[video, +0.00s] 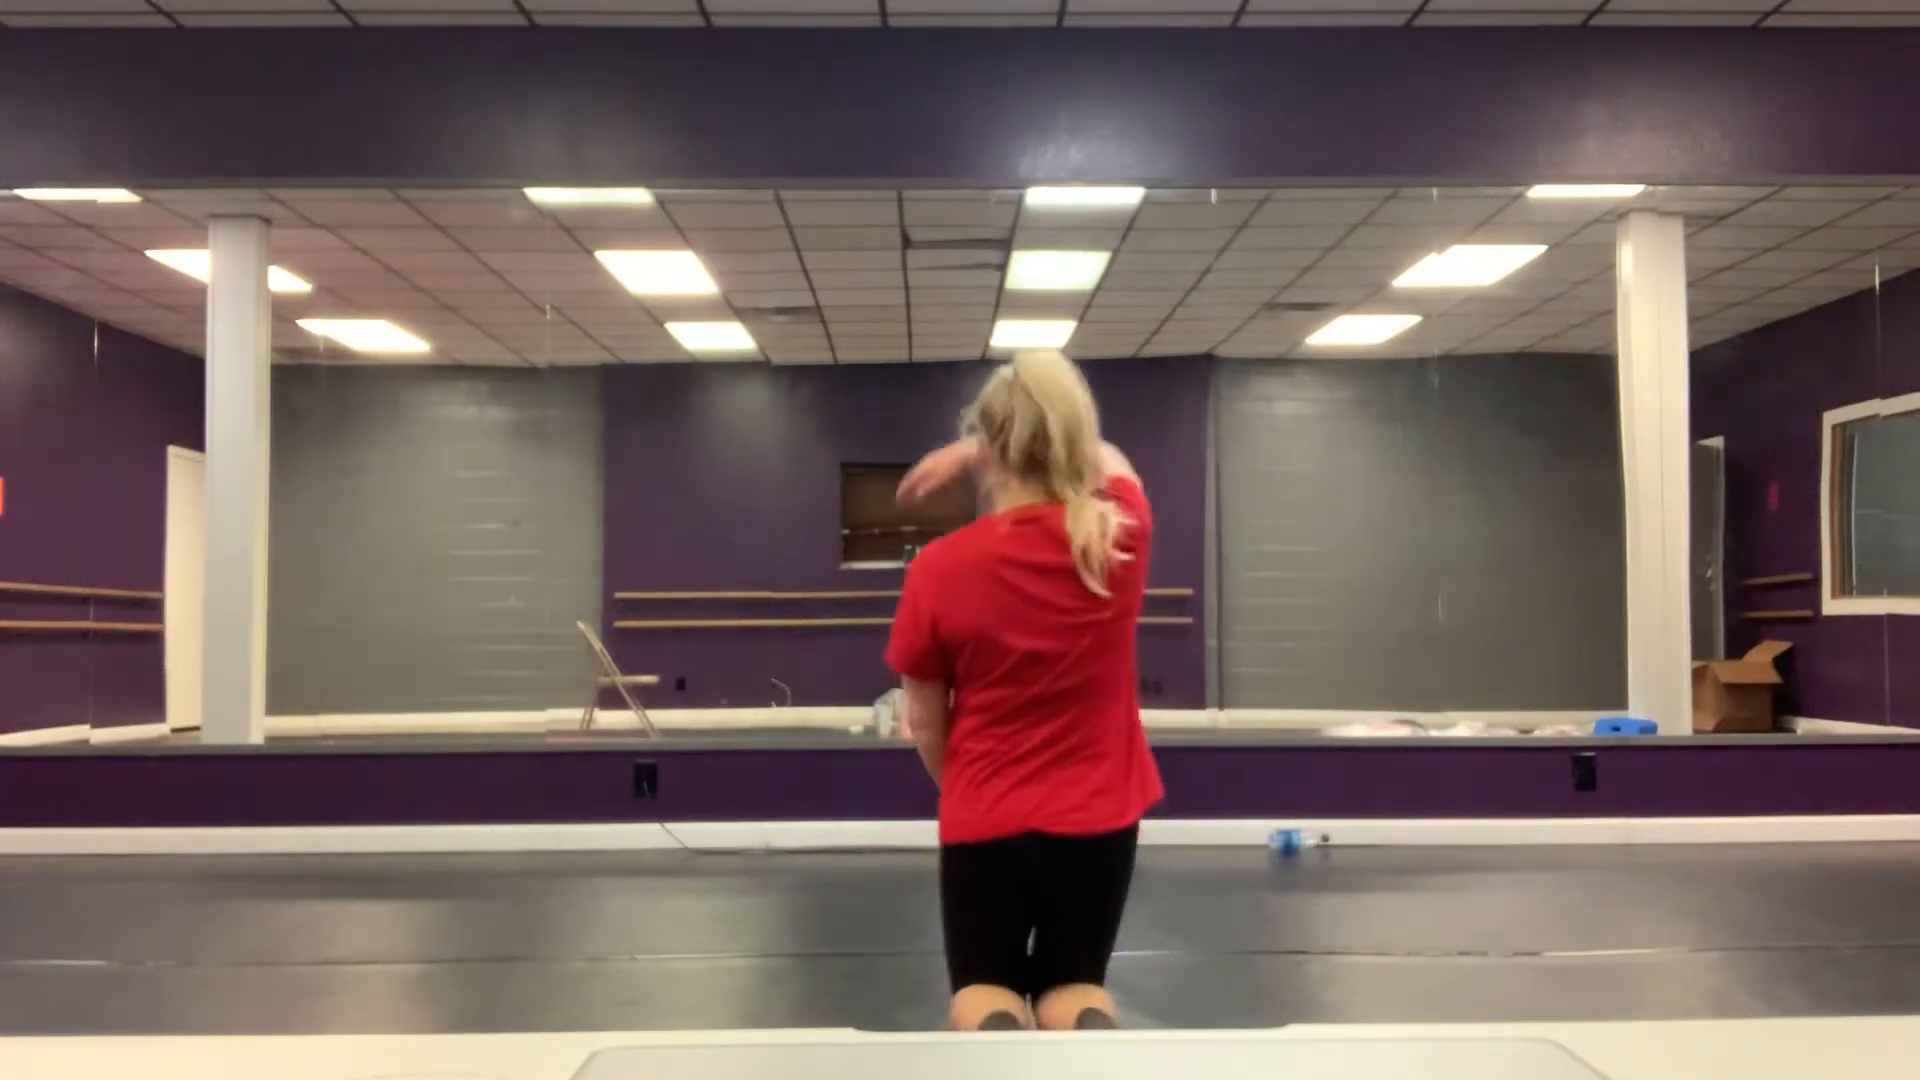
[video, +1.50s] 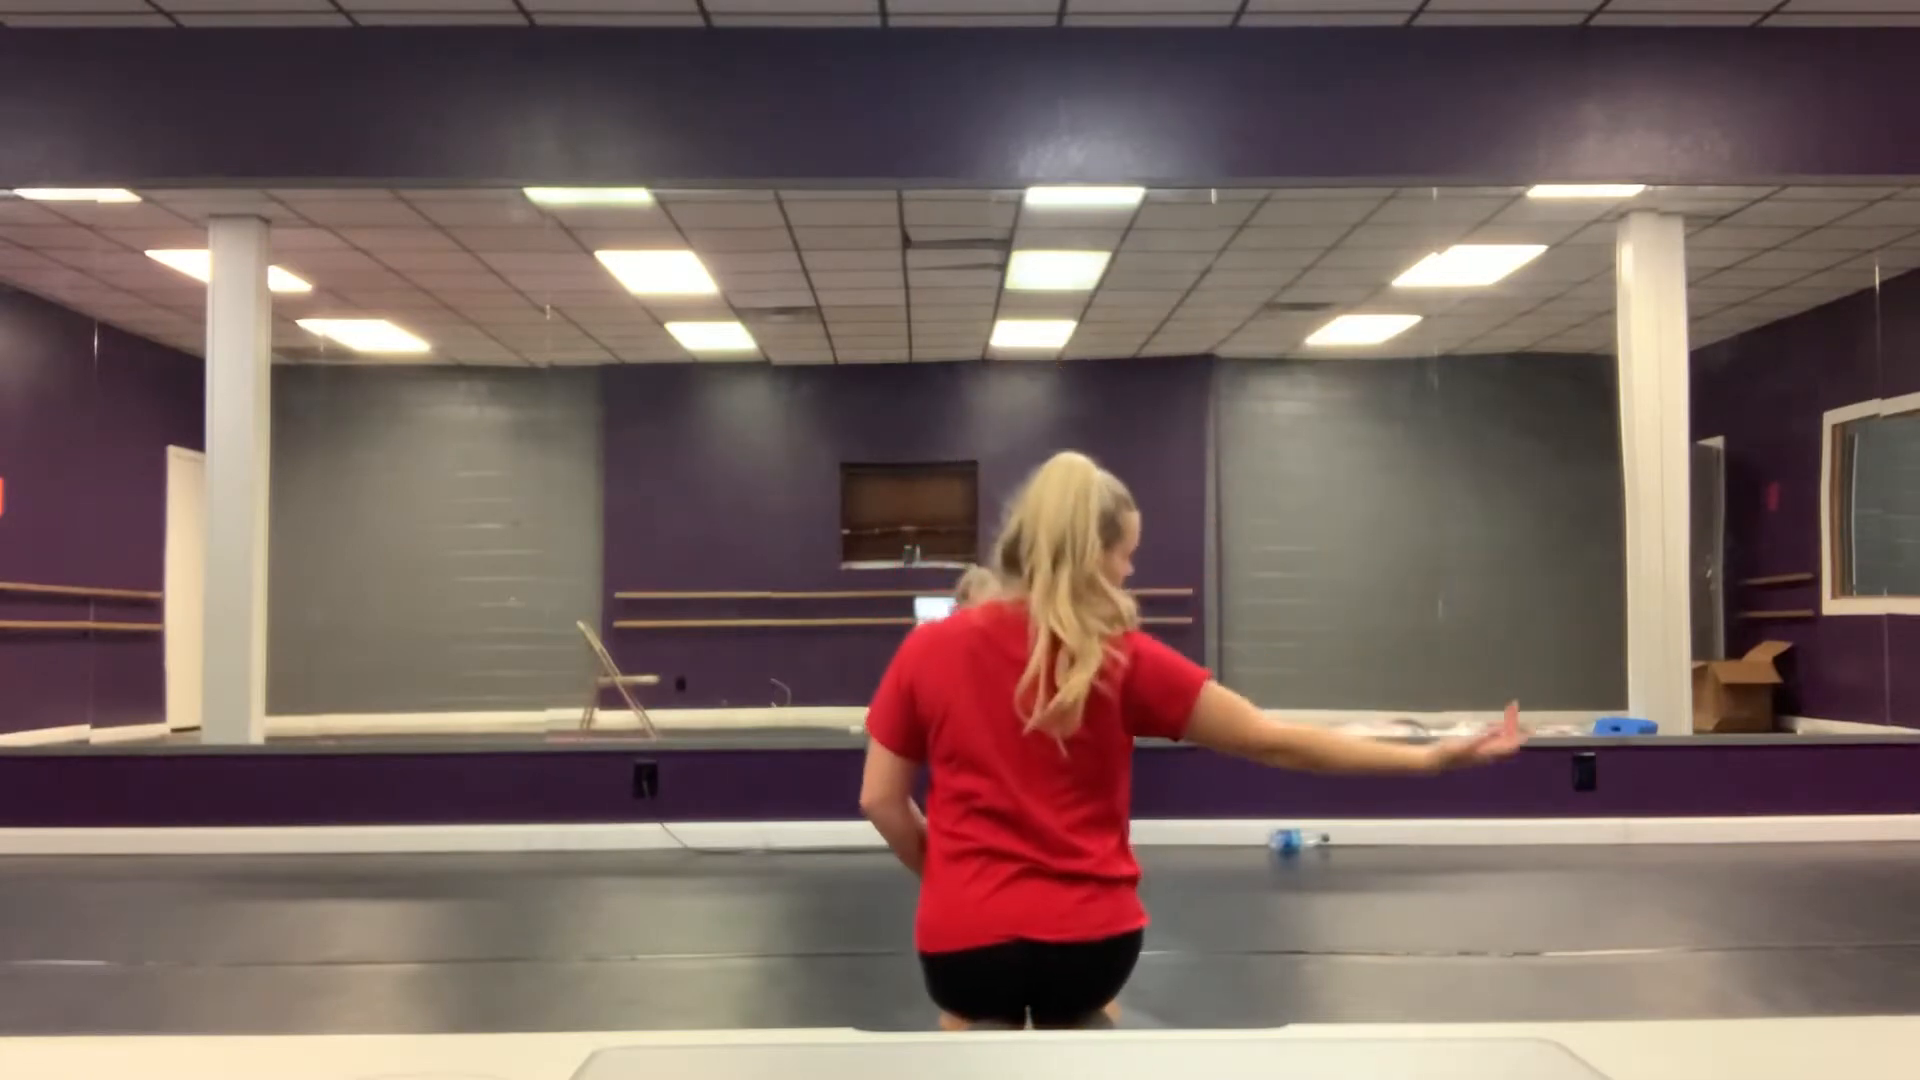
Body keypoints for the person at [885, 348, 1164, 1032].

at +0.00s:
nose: (979, 448)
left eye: (983, 438)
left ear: (995, 450)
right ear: (1075, 441)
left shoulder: (941, 566)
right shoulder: (1121, 532)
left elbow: (924, 724)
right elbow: (1092, 448)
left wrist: (968, 790)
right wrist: (975, 448)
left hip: (987, 815)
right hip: (1101, 813)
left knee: (985, 981)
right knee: (1073, 980)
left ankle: (1002, 1040)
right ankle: (1093, 1040)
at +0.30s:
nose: (1076, 433)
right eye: (1071, 420)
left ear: (981, 436)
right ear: (1070, 433)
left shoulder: (927, 557)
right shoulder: (1105, 528)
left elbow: (915, 718)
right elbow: (1175, 413)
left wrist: (959, 797)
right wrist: (1118, 301)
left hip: (980, 811)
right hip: (1090, 808)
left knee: (985, 982)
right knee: (1071, 978)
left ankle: (1003, 1034)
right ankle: (1092, 1030)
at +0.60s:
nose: (1107, 463)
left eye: (1104, 447)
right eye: (1098, 449)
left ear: (1003, 453)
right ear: (1061, 456)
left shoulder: (927, 566)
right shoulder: (1114, 550)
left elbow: (905, 723)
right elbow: (1243, 466)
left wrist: (957, 802)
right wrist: (1271, 333)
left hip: (977, 819)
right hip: (1095, 814)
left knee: (982, 981)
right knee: (1072, 979)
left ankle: (1009, 1045)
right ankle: (1094, 1040)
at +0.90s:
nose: (1122, 503)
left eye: (1122, 486)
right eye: (1117, 487)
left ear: (1021, 486)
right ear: (1078, 491)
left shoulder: (933, 592)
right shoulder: (1117, 589)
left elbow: (893, 743)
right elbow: (1279, 565)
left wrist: (950, 826)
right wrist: (1384, 457)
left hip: (971, 856)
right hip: (1093, 852)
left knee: (979, 996)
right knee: (1076, 992)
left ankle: (1001, 1048)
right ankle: (1097, 1042)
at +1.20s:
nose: (1127, 549)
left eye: (1128, 530)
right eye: (1121, 529)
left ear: (1023, 522)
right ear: (1080, 527)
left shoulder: (933, 626)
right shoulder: (1120, 631)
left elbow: (888, 776)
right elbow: (1285, 664)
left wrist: (945, 852)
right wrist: (1432, 620)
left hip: (967, 901)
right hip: (1094, 902)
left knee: (974, 1013)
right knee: (1084, 1002)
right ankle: (1091, 1027)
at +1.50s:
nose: (1131, 574)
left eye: (1131, 554)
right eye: (1127, 555)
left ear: (1024, 544)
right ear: (1093, 550)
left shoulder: (930, 649)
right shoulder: (1119, 656)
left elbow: (880, 799)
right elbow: (1270, 739)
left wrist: (945, 874)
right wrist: (1430, 758)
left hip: (965, 942)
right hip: (1091, 943)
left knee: (968, 1022)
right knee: (1085, 1020)